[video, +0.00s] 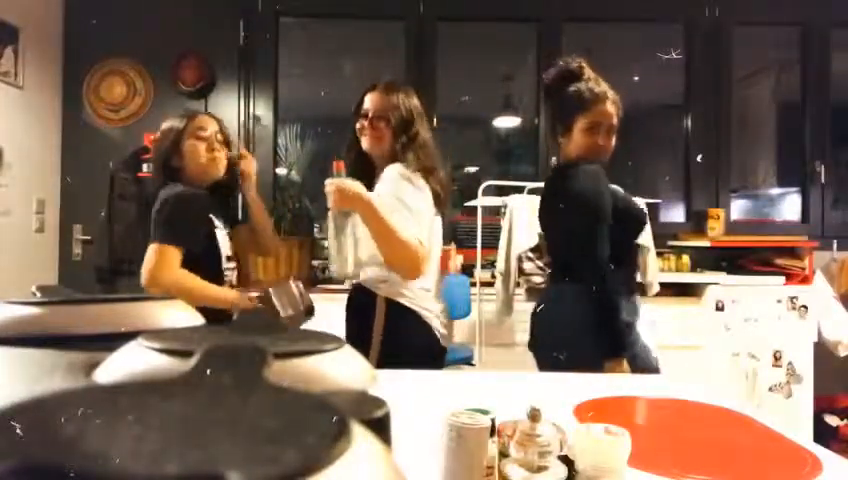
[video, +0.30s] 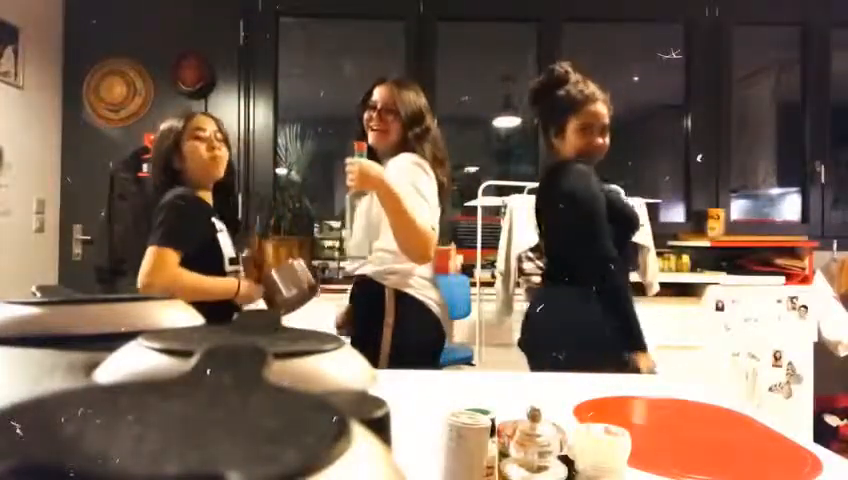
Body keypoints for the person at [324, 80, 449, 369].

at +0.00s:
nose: (365, 125)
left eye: (379, 119)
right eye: (362, 117)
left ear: (405, 128)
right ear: (356, 122)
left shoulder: (398, 178)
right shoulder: (410, 181)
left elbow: (410, 265)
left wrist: (362, 202)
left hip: (391, 319)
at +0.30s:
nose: (374, 117)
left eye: (388, 111)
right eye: (370, 107)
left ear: (412, 122)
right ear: (363, 112)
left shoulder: (405, 166)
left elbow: (422, 251)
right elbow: (387, 256)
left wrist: (380, 185)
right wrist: (356, 308)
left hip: (394, 307)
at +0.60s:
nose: (353, 138)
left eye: (365, 130)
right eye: (352, 131)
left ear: (393, 136)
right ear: (350, 136)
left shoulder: (394, 178)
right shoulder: (382, 182)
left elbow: (411, 253)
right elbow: (377, 267)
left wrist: (363, 196)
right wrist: (330, 292)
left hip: (395, 313)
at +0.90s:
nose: (356, 152)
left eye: (363, 143)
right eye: (354, 145)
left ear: (389, 143)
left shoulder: (396, 186)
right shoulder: (412, 188)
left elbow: (402, 255)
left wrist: (349, 210)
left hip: (402, 311)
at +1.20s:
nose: (377, 133)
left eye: (386, 126)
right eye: (375, 126)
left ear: (412, 132)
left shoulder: (422, 177)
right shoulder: (402, 179)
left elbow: (425, 249)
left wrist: (373, 210)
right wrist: (356, 222)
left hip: (409, 297)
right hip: (392, 294)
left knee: (403, 398)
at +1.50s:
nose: (400, 130)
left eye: (411, 123)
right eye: (394, 121)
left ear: (431, 131)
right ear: (388, 128)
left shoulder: (431, 179)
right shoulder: (404, 180)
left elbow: (432, 259)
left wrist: (378, 213)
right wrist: (361, 218)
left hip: (413, 304)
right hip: (390, 299)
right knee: (389, 401)